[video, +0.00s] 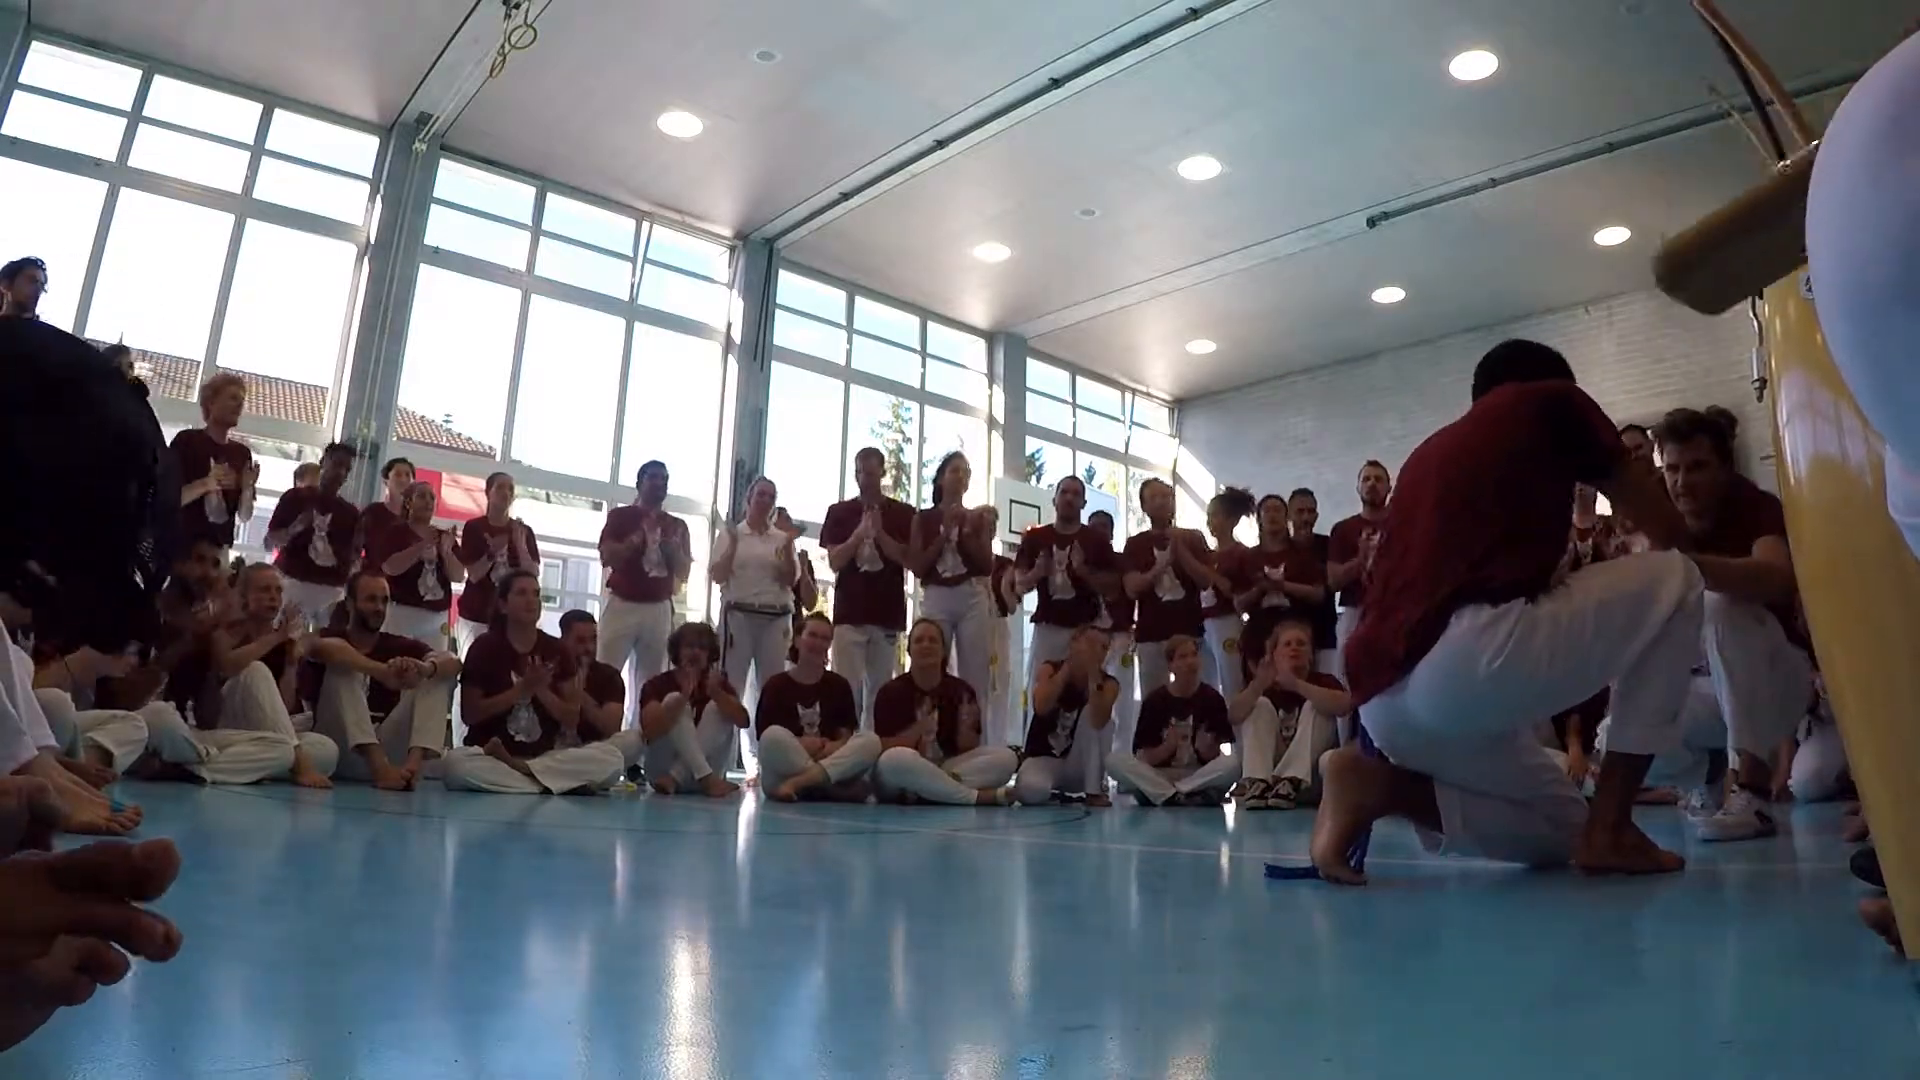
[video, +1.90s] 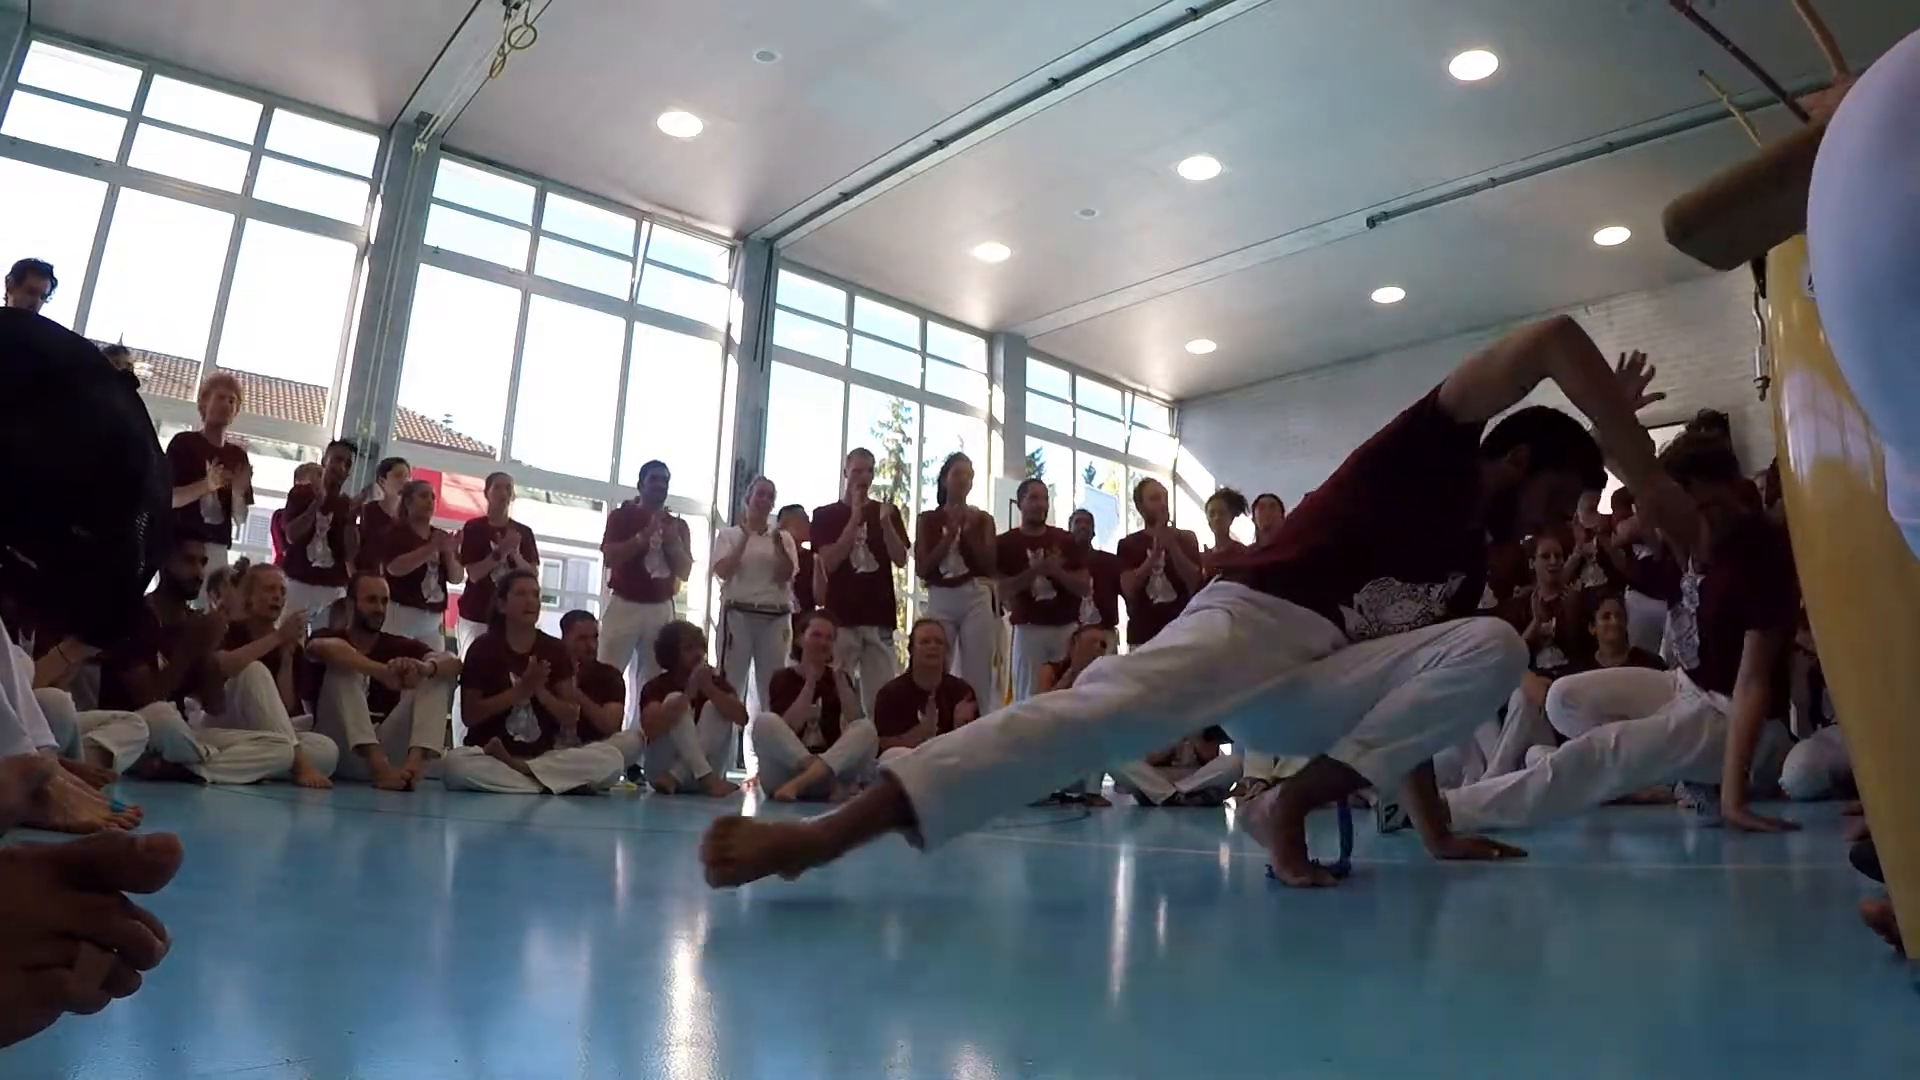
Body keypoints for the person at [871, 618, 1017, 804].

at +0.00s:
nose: (926, 646)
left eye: (933, 641)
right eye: (919, 641)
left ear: (944, 650)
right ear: (909, 650)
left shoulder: (961, 689)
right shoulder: (891, 692)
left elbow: (966, 749)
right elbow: (884, 746)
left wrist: (967, 726)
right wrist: (919, 729)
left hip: (950, 766)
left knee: (1006, 759)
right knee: (894, 760)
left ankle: (928, 792)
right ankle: (975, 798)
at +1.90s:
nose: (933, 647)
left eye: (939, 642)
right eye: (925, 642)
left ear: (946, 650)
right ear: (911, 650)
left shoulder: (961, 691)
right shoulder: (890, 693)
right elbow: (884, 747)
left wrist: (961, 726)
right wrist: (921, 732)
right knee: (892, 757)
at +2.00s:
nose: (933, 647)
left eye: (939, 642)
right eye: (925, 642)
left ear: (945, 650)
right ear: (911, 650)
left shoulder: (962, 691)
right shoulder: (890, 693)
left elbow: (972, 740)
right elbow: (884, 745)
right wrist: (925, 740)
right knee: (891, 757)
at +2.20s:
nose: (933, 647)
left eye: (939, 643)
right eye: (926, 642)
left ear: (947, 651)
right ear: (911, 650)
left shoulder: (962, 691)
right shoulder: (891, 692)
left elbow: (971, 748)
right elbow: (885, 746)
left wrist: (959, 723)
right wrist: (927, 731)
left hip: (951, 776)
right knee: (896, 757)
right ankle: (965, 797)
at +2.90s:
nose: (933, 647)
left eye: (939, 643)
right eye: (925, 642)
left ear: (946, 651)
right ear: (910, 650)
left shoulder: (962, 691)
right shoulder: (891, 693)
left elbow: (971, 747)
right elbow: (887, 744)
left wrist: (954, 731)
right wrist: (925, 739)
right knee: (893, 758)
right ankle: (987, 796)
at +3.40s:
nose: (934, 647)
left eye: (939, 643)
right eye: (926, 642)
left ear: (946, 651)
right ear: (911, 650)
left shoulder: (961, 690)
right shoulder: (892, 693)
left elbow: (970, 748)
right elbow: (893, 750)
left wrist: (962, 725)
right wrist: (927, 731)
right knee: (896, 758)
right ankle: (977, 796)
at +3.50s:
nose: (934, 647)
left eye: (939, 643)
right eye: (926, 643)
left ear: (946, 650)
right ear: (911, 651)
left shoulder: (962, 690)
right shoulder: (891, 693)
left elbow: (971, 743)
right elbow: (889, 748)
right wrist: (922, 729)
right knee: (895, 759)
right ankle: (976, 796)